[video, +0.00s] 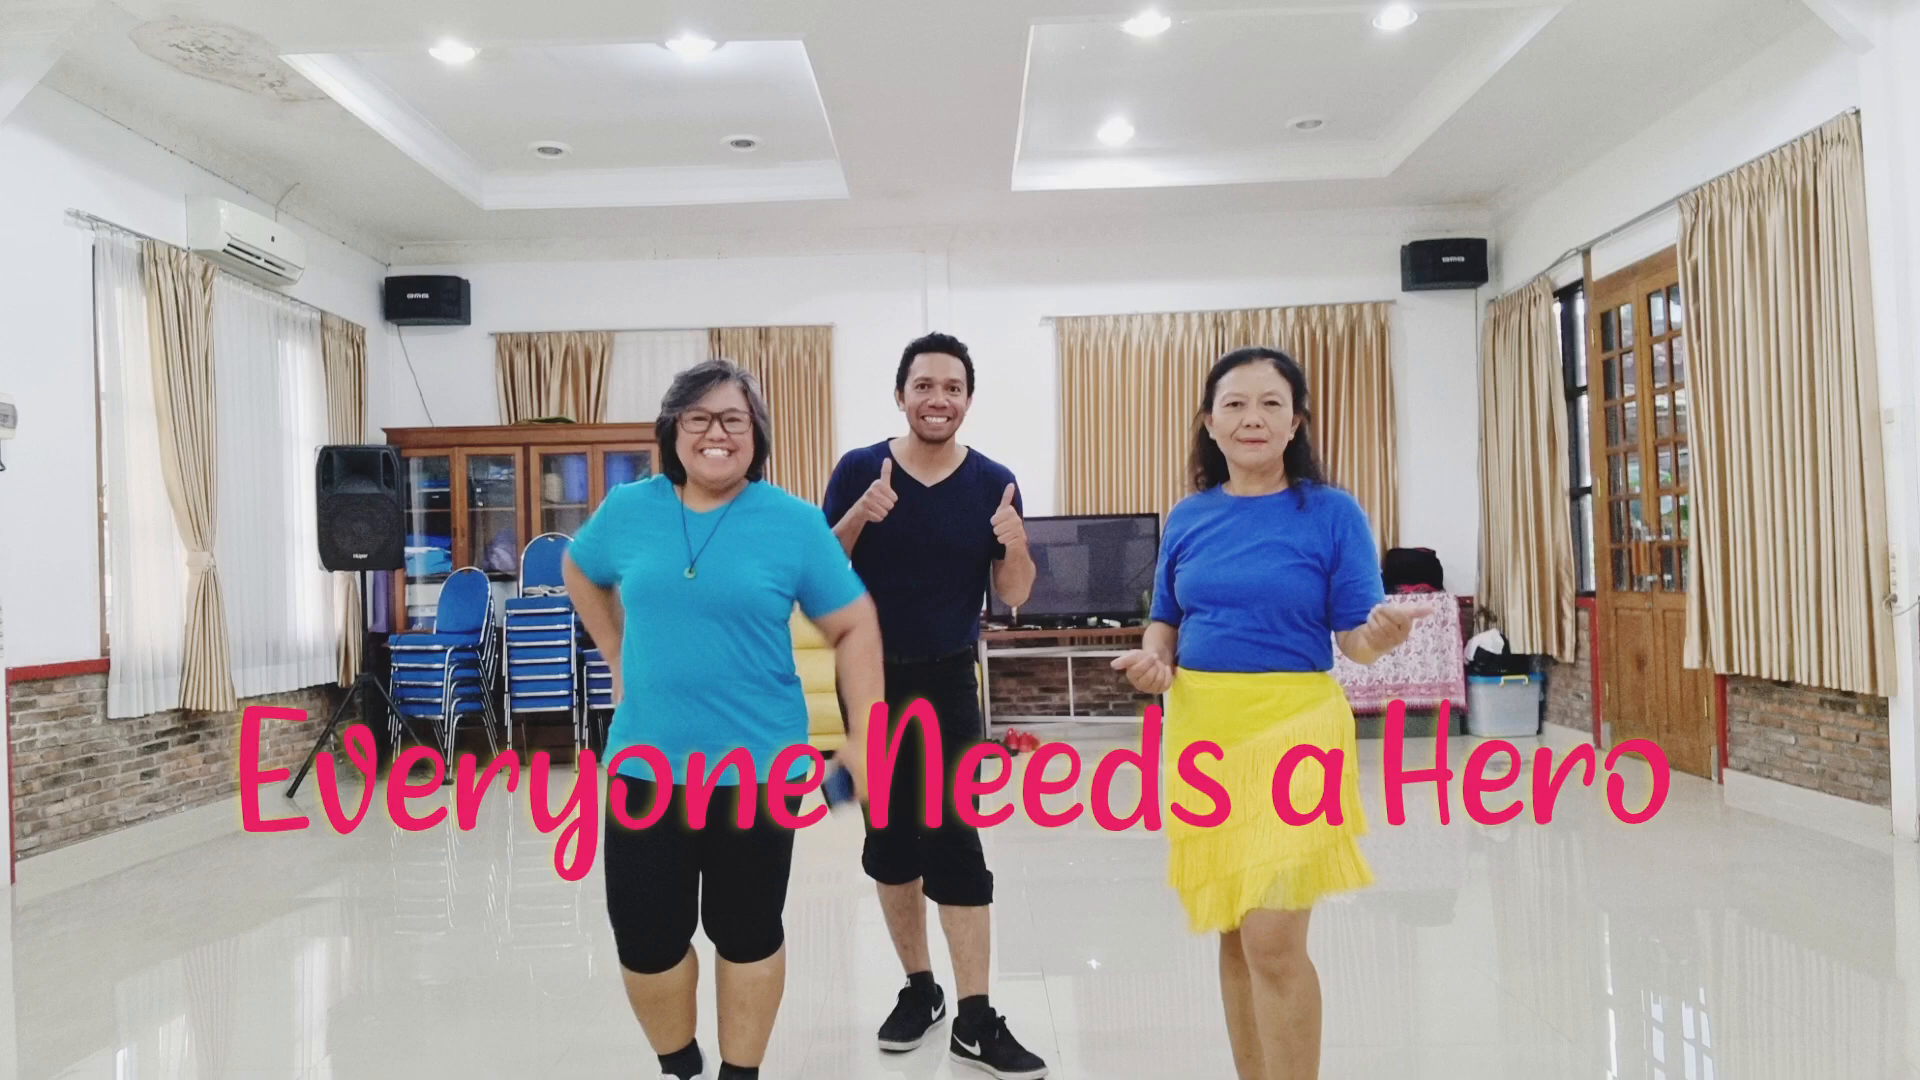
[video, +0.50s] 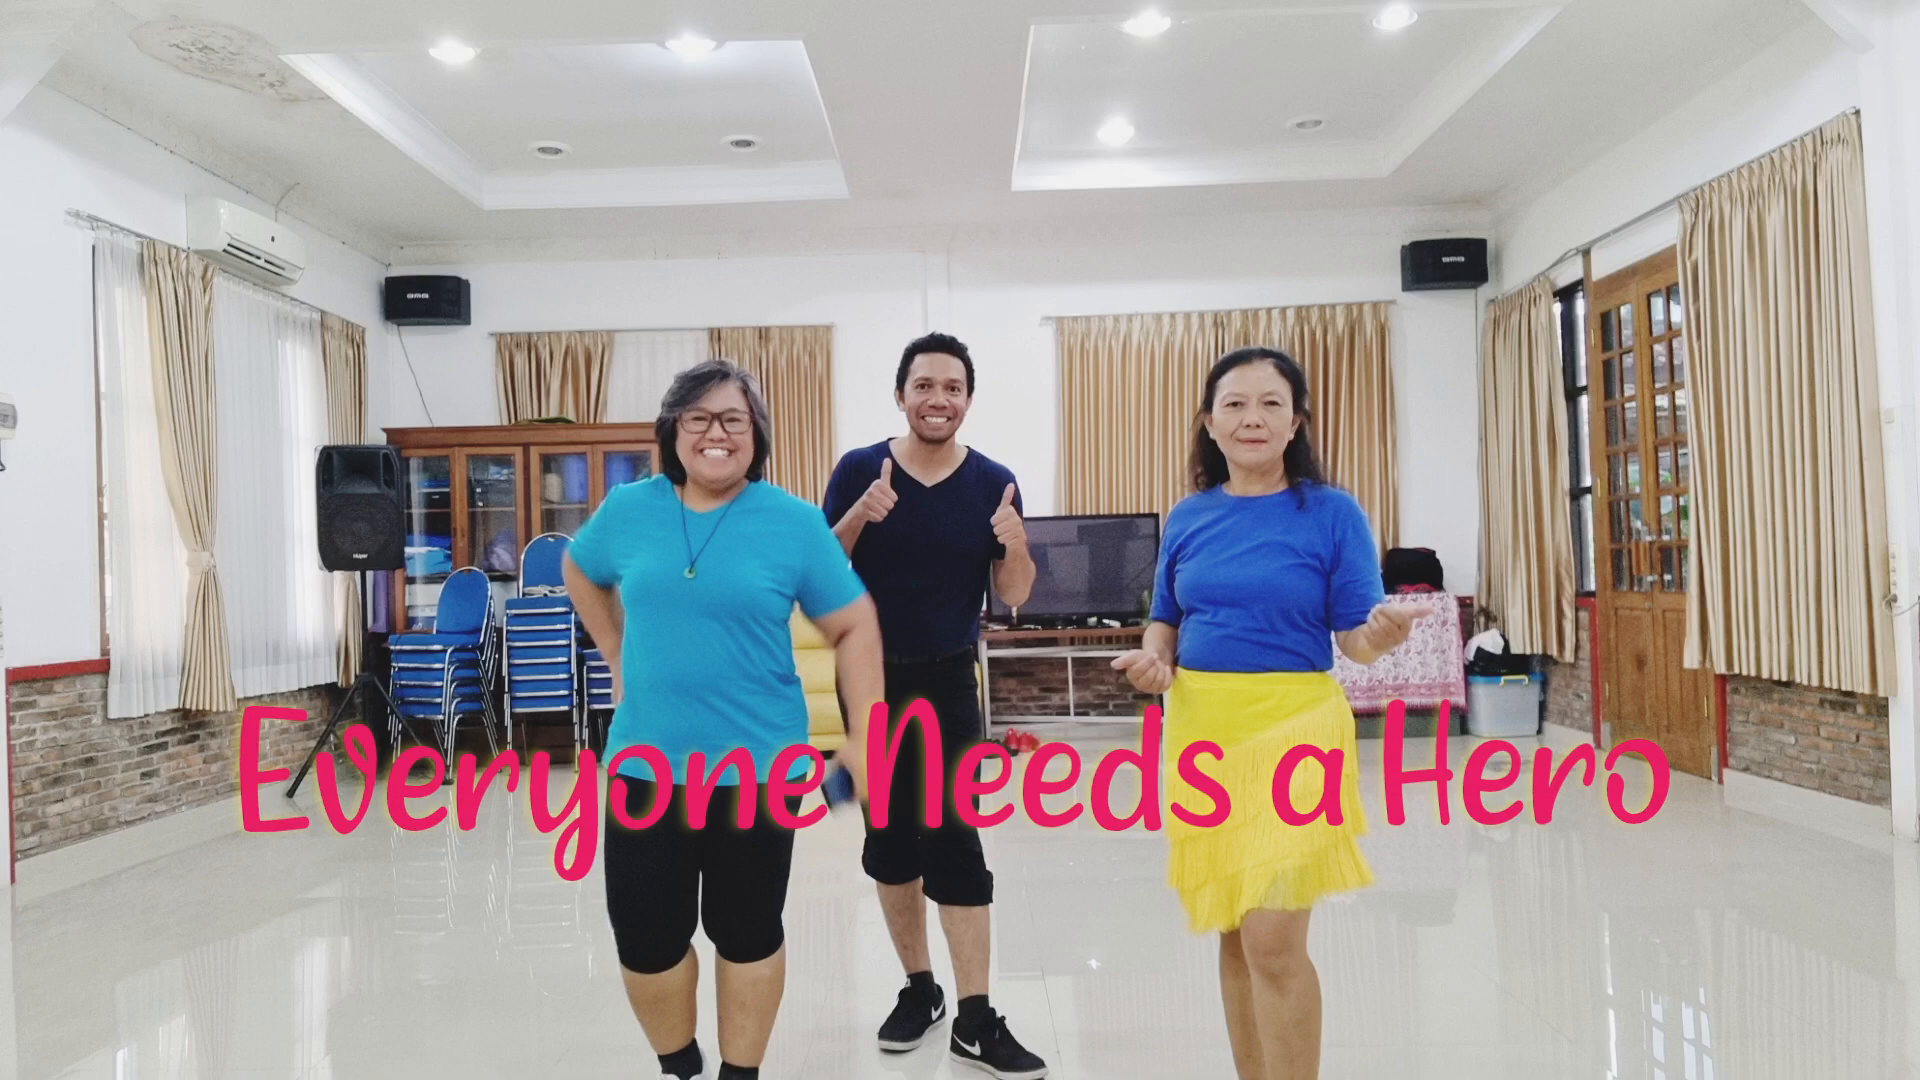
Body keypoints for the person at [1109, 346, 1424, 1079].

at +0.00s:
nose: (1252, 418)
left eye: (1270, 404)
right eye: (1234, 404)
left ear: (1295, 421)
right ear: (1210, 421)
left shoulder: (1333, 512)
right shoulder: (1186, 517)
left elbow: (1356, 643)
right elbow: (1163, 628)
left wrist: (1380, 635)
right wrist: (1151, 660)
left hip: (1297, 723)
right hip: (1204, 724)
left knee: (1272, 941)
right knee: (1237, 941)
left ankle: (1296, 1077)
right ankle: (1254, 1078)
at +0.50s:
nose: (1252, 418)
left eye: (1270, 404)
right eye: (1234, 404)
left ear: (1295, 421)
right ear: (1210, 421)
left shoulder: (1333, 512)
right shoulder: (1186, 517)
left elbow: (1356, 643)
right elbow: (1163, 628)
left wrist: (1380, 635)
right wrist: (1151, 660)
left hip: (1297, 723)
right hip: (1204, 724)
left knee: (1272, 941)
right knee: (1237, 941)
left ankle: (1296, 1077)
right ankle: (1254, 1078)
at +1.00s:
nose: (1252, 418)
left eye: (1270, 404)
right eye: (1234, 404)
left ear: (1295, 421)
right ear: (1210, 421)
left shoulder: (1333, 512)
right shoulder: (1186, 517)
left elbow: (1356, 643)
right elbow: (1163, 628)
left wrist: (1380, 635)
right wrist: (1151, 660)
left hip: (1297, 723)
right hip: (1204, 724)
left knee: (1272, 941)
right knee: (1237, 941)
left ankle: (1296, 1077)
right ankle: (1254, 1078)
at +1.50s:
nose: (1252, 418)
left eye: (1270, 404)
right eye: (1234, 404)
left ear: (1295, 421)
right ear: (1210, 421)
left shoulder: (1333, 512)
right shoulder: (1186, 517)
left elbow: (1356, 643)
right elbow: (1163, 628)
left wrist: (1380, 635)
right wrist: (1151, 660)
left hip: (1297, 723)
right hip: (1204, 724)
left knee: (1272, 941)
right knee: (1237, 941)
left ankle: (1296, 1077)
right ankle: (1254, 1078)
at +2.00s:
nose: (1252, 418)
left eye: (1270, 404)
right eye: (1234, 404)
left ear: (1295, 421)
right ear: (1210, 421)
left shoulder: (1333, 512)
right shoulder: (1186, 517)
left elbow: (1356, 643)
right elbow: (1163, 628)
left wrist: (1380, 635)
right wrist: (1151, 660)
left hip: (1297, 723)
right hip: (1204, 724)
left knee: (1272, 941)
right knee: (1237, 941)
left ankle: (1296, 1077)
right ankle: (1254, 1078)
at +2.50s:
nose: (1252, 418)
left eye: (1270, 404)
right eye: (1234, 404)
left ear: (1295, 421)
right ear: (1210, 421)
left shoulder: (1333, 512)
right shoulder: (1186, 517)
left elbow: (1356, 643)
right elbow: (1163, 628)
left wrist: (1380, 635)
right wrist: (1151, 660)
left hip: (1297, 723)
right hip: (1204, 724)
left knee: (1272, 941)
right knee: (1237, 941)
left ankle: (1296, 1077)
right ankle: (1254, 1078)